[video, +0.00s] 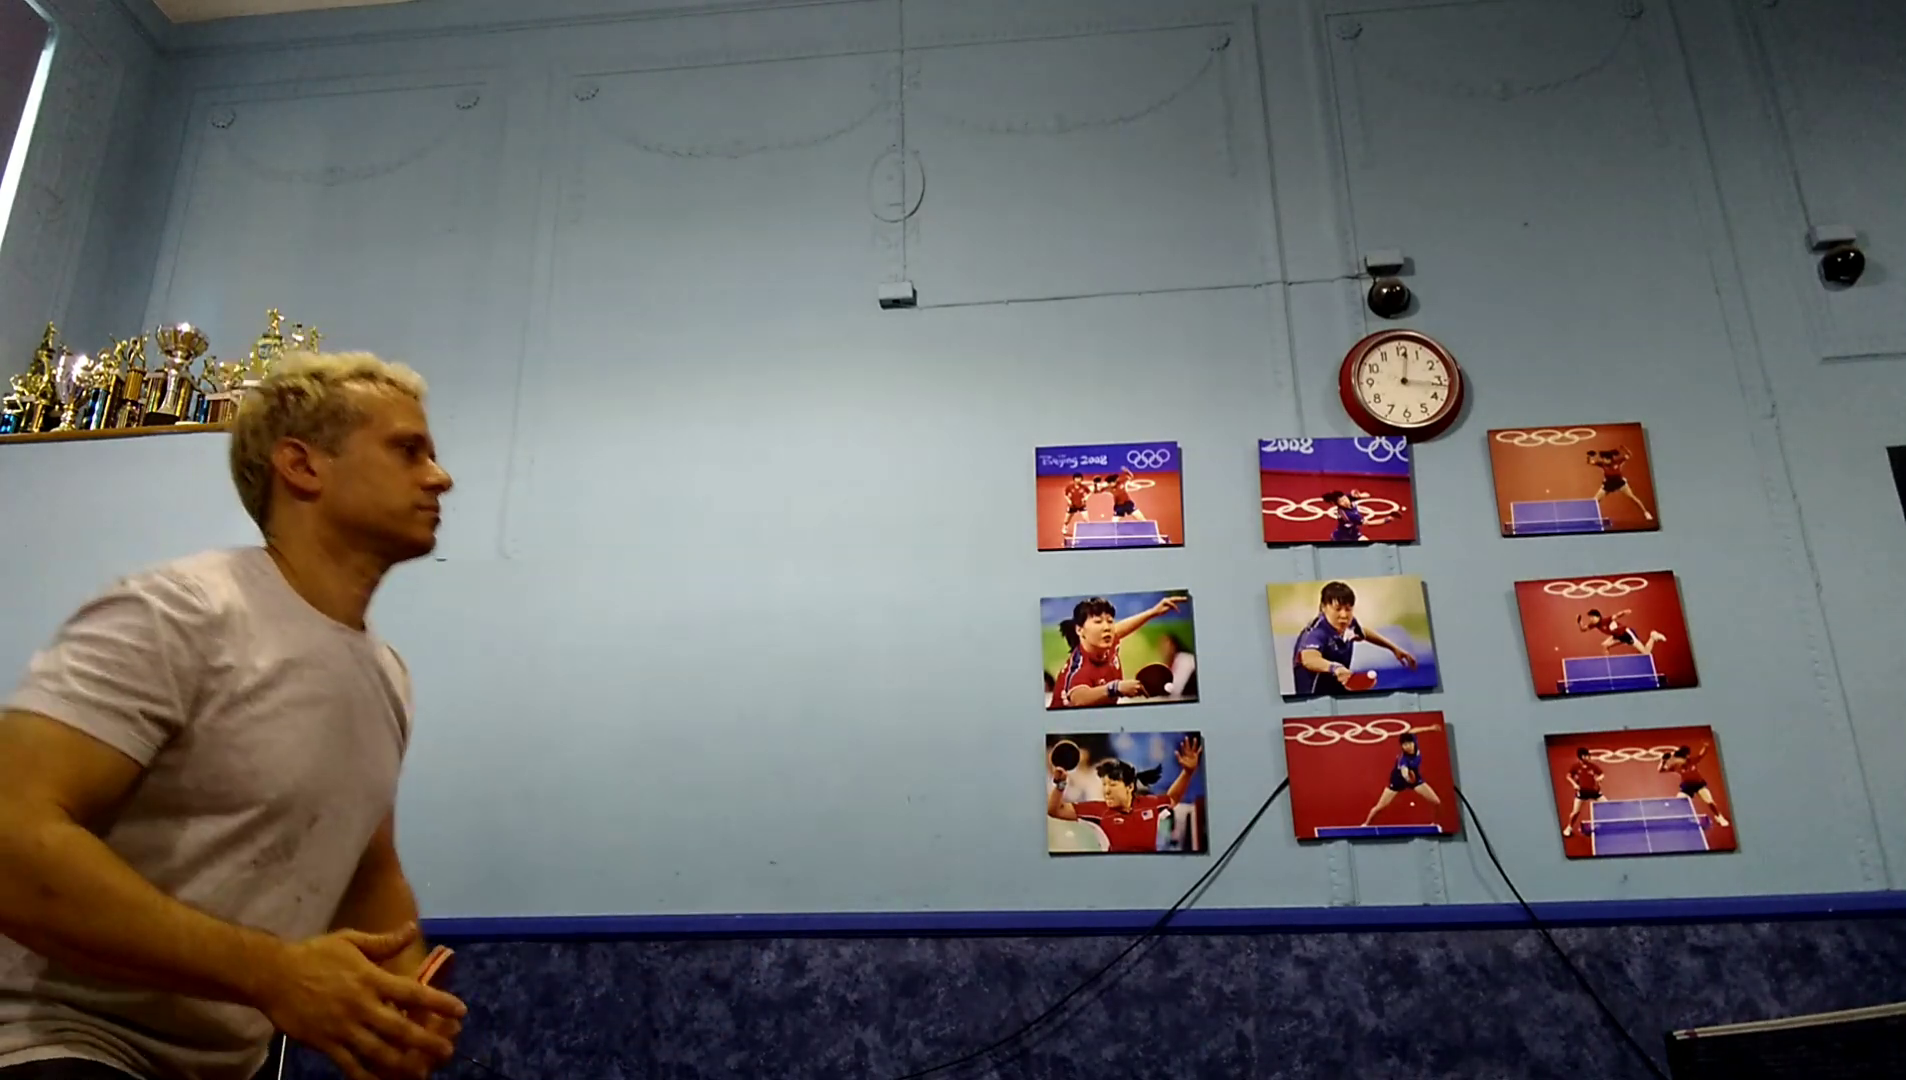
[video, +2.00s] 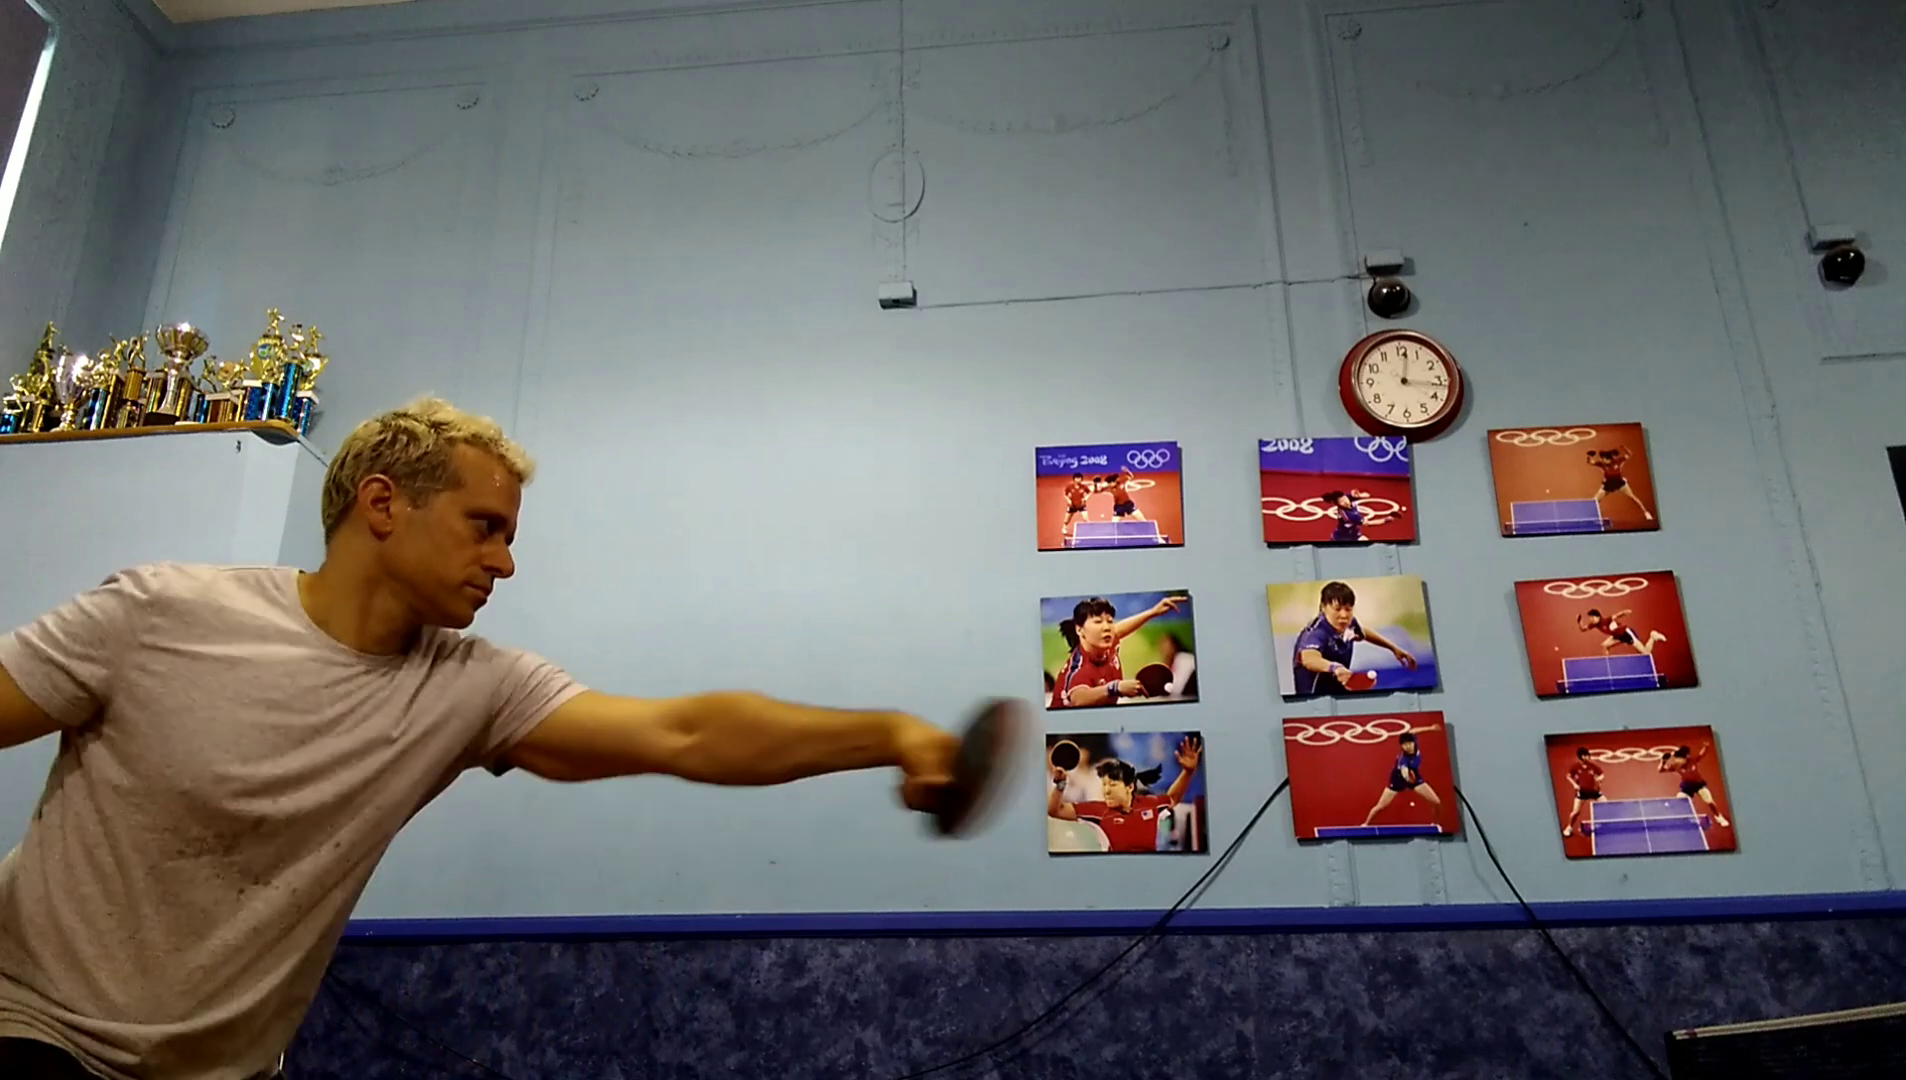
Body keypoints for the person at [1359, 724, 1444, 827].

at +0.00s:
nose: (1408, 747)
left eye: (1409, 744)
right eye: (1405, 745)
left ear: (1413, 743)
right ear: (1402, 747)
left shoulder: (1416, 747)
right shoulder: (1403, 759)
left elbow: (1414, 731)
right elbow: (1404, 772)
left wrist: (1431, 728)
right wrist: (1409, 779)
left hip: (1414, 780)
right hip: (1398, 781)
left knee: (1436, 802)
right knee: (1381, 806)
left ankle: (1434, 823)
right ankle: (1366, 823)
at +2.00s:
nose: (1408, 747)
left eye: (1409, 744)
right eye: (1405, 745)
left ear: (1414, 743)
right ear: (1402, 746)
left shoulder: (1416, 748)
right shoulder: (1403, 758)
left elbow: (1414, 731)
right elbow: (1404, 771)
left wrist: (1431, 728)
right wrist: (1409, 778)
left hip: (1415, 779)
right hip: (1398, 781)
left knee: (1436, 802)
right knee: (1381, 806)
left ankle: (1435, 823)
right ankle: (1366, 823)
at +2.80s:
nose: (1408, 747)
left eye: (1409, 744)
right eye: (1405, 745)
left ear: (1414, 743)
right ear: (1402, 746)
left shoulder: (1416, 748)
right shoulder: (1403, 759)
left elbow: (1413, 731)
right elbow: (1404, 771)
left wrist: (1431, 728)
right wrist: (1409, 778)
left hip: (1415, 779)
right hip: (1398, 781)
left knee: (1436, 802)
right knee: (1380, 806)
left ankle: (1435, 824)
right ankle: (1366, 823)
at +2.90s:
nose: (1408, 747)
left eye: (1409, 744)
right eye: (1405, 745)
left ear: (1414, 743)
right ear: (1402, 746)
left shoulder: (1416, 747)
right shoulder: (1403, 758)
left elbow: (1413, 731)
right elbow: (1404, 771)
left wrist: (1431, 728)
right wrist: (1409, 778)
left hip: (1415, 779)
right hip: (1398, 781)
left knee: (1436, 802)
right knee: (1380, 806)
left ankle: (1435, 824)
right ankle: (1366, 823)